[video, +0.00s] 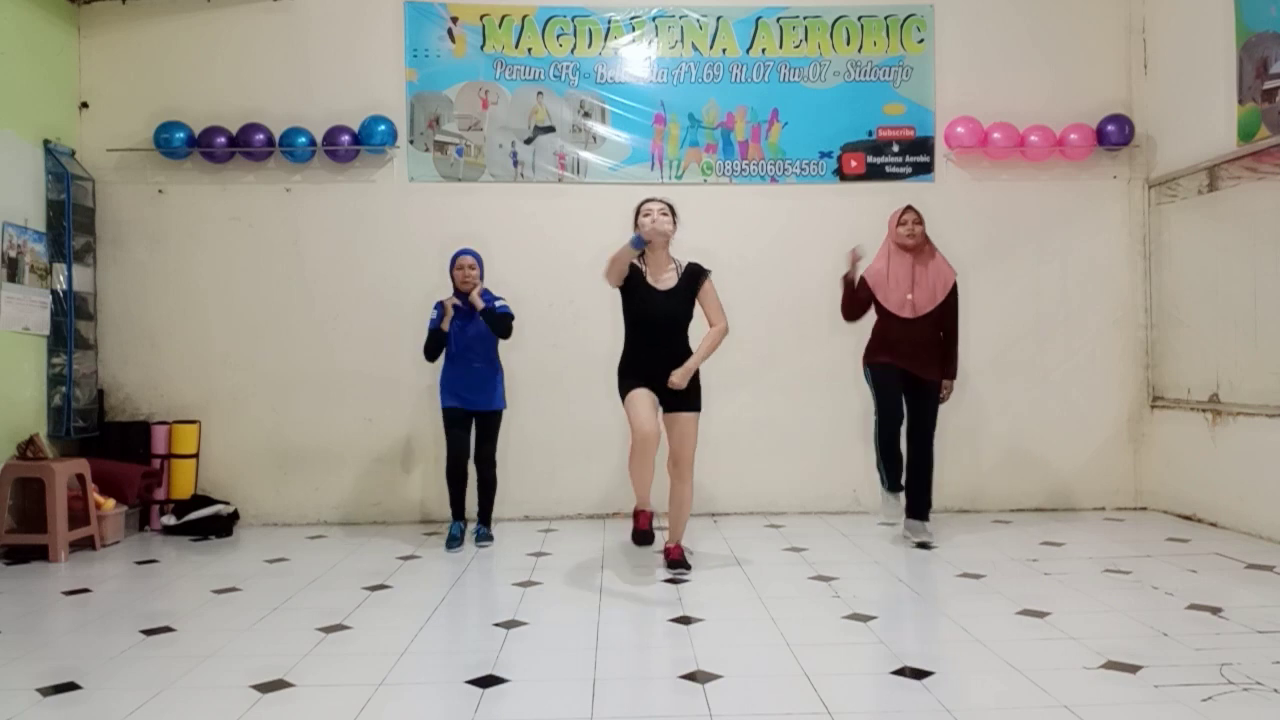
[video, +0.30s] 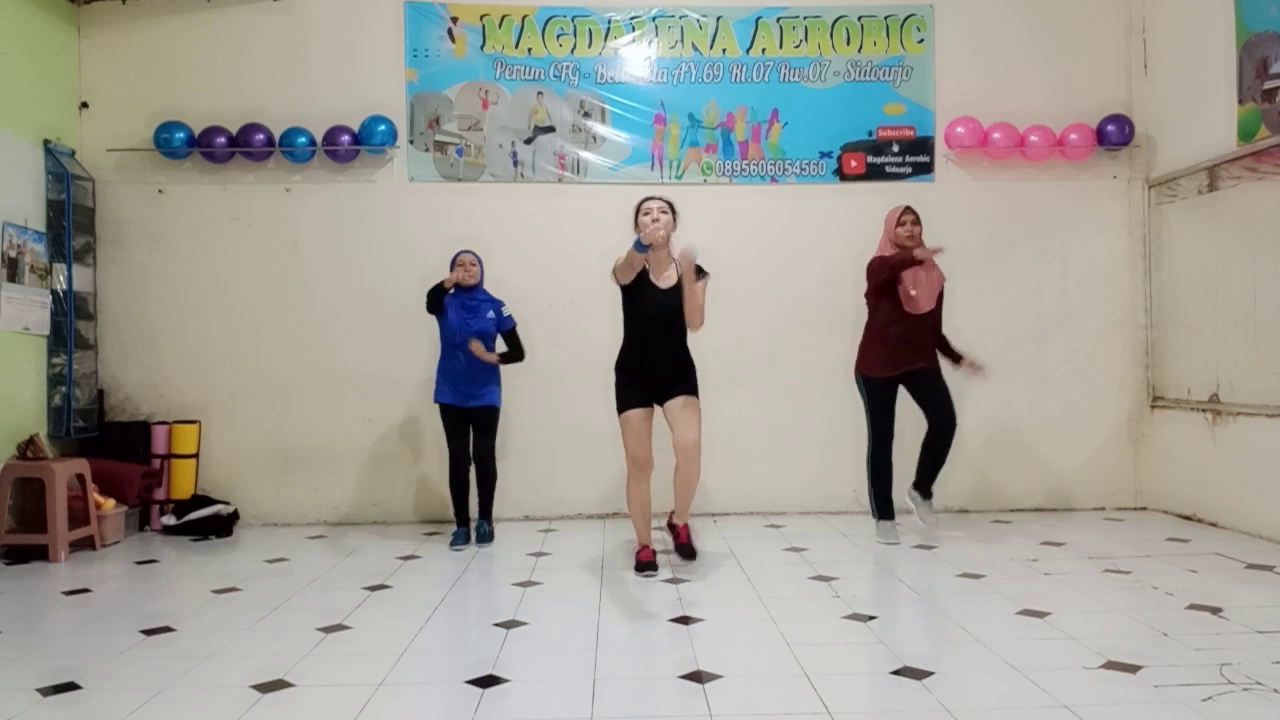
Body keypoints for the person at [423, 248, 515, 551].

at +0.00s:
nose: (466, 272)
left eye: (472, 267)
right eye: (460, 268)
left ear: (481, 273)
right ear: (452, 274)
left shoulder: (493, 302)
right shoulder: (443, 308)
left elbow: (505, 331)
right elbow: (431, 354)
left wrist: (478, 303)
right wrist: (445, 318)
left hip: (489, 394)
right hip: (455, 394)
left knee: (484, 459)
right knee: (457, 458)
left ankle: (484, 524)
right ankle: (457, 522)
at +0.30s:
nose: (467, 269)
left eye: (472, 265)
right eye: (461, 266)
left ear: (481, 272)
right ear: (452, 274)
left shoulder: (494, 306)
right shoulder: (445, 302)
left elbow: (518, 353)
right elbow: (432, 304)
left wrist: (493, 357)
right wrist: (444, 284)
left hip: (485, 393)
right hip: (451, 392)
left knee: (484, 457)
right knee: (458, 459)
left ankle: (484, 522)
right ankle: (462, 526)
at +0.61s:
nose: (469, 270)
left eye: (475, 266)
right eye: (463, 266)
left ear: (484, 274)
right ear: (454, 274)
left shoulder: (496, 305)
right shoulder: (449, 304)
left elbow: (533, 338)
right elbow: (435, 309)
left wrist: (506, 330)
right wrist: (440, 297)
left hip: (488, 394)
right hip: (454, 392)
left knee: (486, 461)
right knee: (458, 460)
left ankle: (486, 525)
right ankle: (460, 524)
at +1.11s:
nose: (471, 271)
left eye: (477, 268)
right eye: (466, 267)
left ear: (486, 274)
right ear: (458, 274)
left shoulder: (496, 302)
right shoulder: (448, 302)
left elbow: (498, 302)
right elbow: (438, 312)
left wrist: (471, 289)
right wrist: (447, 299)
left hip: (486, 391)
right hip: (453, 391)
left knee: (481, 455)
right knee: (457, 459)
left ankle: (486, 520)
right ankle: (460, 525)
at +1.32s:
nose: (467, 275)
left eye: (472, 270)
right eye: (463, 271)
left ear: (482, 275)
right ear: (459, 276)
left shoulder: (496, 302)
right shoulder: (453, 303)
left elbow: (501, 295)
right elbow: (441, 290)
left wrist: (484, 271)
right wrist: (441, 273)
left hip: (490, 392)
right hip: (456, 391)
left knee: (486, 459)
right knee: (456, 460)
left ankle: (485, 524)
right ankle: (459, 524)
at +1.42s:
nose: (469, 268)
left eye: (475, 265)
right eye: (465, 264)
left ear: (486, 271)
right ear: (458, 270)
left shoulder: (497, 295)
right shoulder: (451, 297)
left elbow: (494, 253)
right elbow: (439, 256)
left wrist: (471, 211)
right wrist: (450, 215)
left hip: (493, 387)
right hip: (459, 387)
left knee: (488, 455)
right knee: (457, 451)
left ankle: (486, 522)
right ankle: (458, 504)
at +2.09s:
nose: (473, 249)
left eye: (479, 245)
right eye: (468, 246)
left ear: (489, 252)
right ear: (461, 252)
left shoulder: (499, 278)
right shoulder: (453, 279)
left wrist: (478, 203)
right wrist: (460, 207)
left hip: (493, 366)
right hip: (459, 367)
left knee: (490, 439)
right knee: (463, 439)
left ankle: (491, 511)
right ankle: (464, 511)